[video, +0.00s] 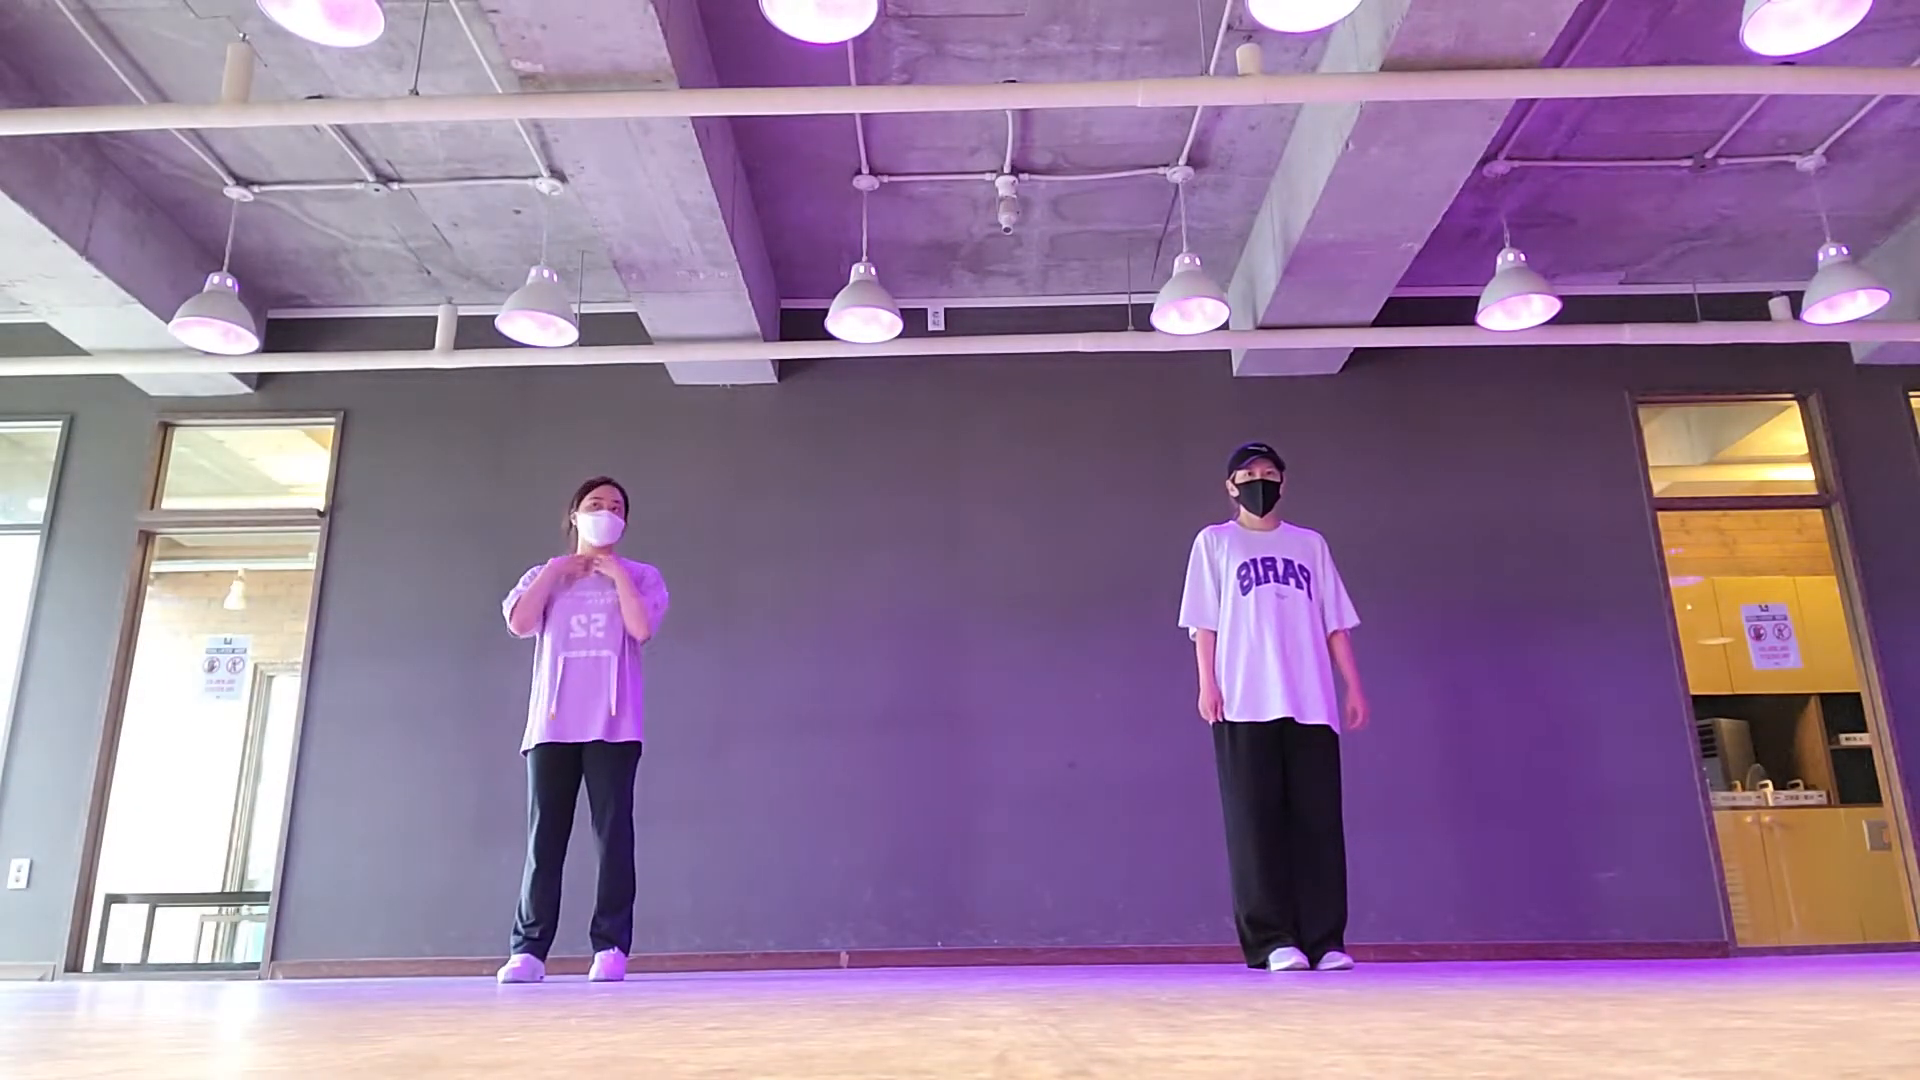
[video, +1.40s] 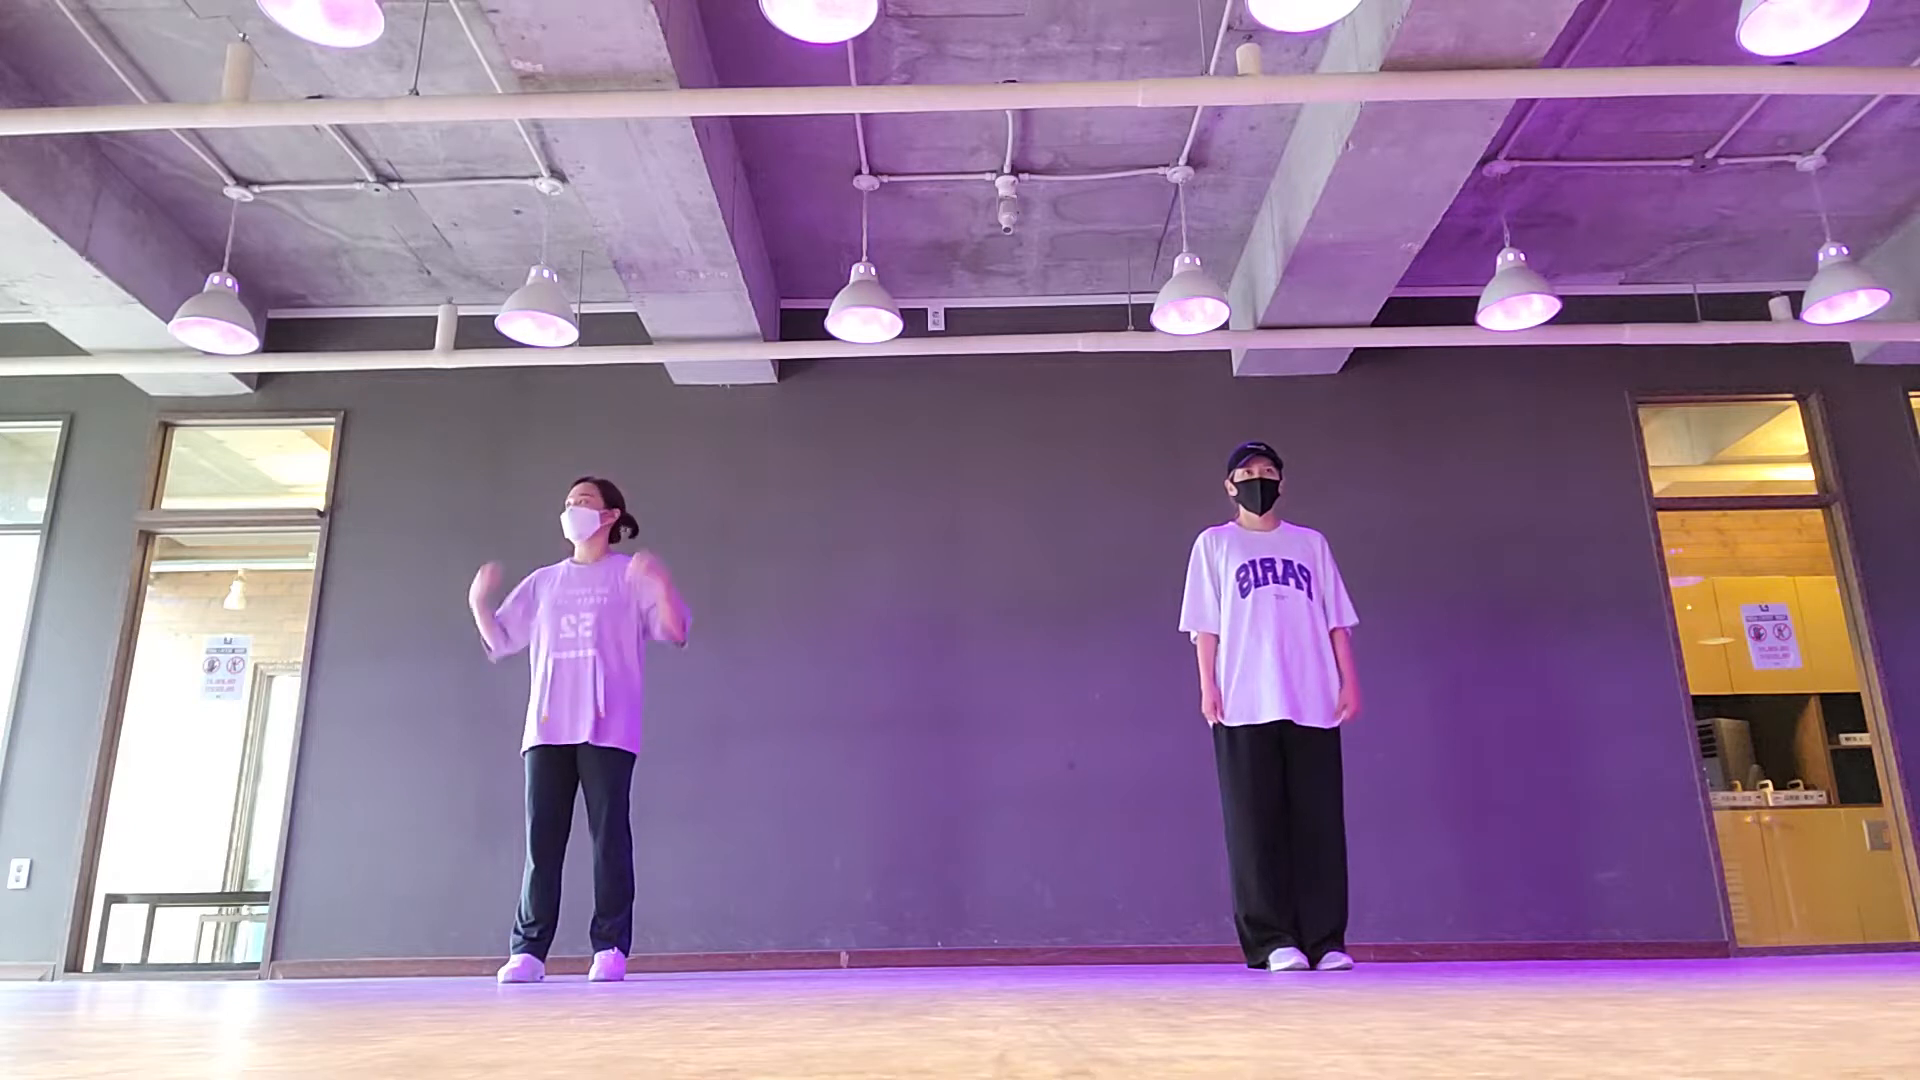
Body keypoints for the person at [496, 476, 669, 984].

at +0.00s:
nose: (606, 514)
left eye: (614, 508)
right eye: (595, 506)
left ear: (625, 524)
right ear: (574, 519)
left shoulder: (643, 577)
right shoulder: (546, 574)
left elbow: (642, 629)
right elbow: (519, 624)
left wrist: (618, 572)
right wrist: (554, 573)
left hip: (614, 725)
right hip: (551, 725)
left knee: (613, 838)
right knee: (544, 840)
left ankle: (610, 949)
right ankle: (528, 950)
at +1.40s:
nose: (573, 511)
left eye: (586, 503)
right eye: (569, 504)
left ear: (611, 519)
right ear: (562, 518)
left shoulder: (633, 574)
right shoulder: (543, 581)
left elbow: (676, 633)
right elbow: (499, 641)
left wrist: (657, 583)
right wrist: (478, 601)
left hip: (609, 723)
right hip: (547, 723)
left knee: (609, 839)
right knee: (542, 841)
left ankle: (610, 949)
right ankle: (527, 951)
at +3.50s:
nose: (556, 515)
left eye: (568, 508)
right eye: (553, 508)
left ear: (597, 518)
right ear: (547, 520)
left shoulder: (628, 572)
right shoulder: (535, 582)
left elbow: (654, 648)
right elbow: (538, 660)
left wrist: (650, 712)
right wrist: (534, 718)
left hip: (602, 721)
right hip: (542, 724)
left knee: (604, 838)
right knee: (538, 840)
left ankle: (609, 948)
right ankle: (527, 950)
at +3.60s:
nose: (557, 515)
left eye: (568, 508)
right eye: (553, 509)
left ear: (598, 518)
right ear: (547, 520)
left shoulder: (627, 572)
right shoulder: (534, 582)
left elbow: (653, 650)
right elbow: (537, 660)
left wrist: (648, 714)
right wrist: (536, 718)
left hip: (602, 723)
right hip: (542, 725)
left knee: (604, 839)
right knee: (538, 841)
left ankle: (609, 948)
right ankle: (527, 950)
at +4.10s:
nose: (555, 517)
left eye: (567, 510)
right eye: (551, 511)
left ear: (596, 520)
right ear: (544, 522)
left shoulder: (624, 574)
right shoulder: (531, 583)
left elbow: (645, 651)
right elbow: (534, 659)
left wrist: (640, 714)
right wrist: (532, 716)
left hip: (597, 724)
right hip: (536, 726)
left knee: (600, 838)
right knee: (535, 842)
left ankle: (609, 948)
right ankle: (527, 951)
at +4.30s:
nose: (555, 518)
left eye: (567, 510)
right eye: (551, 511)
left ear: (595, 520)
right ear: (544, 522)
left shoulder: (623, 574)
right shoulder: (530, 583)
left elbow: (642, 652)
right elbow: (529, 663)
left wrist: (637, 714)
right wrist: (523, 723)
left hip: (594, 724)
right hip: (534, 726)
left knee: (599, 839)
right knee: (533, 843)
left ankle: (609, 948)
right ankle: (526, 952)